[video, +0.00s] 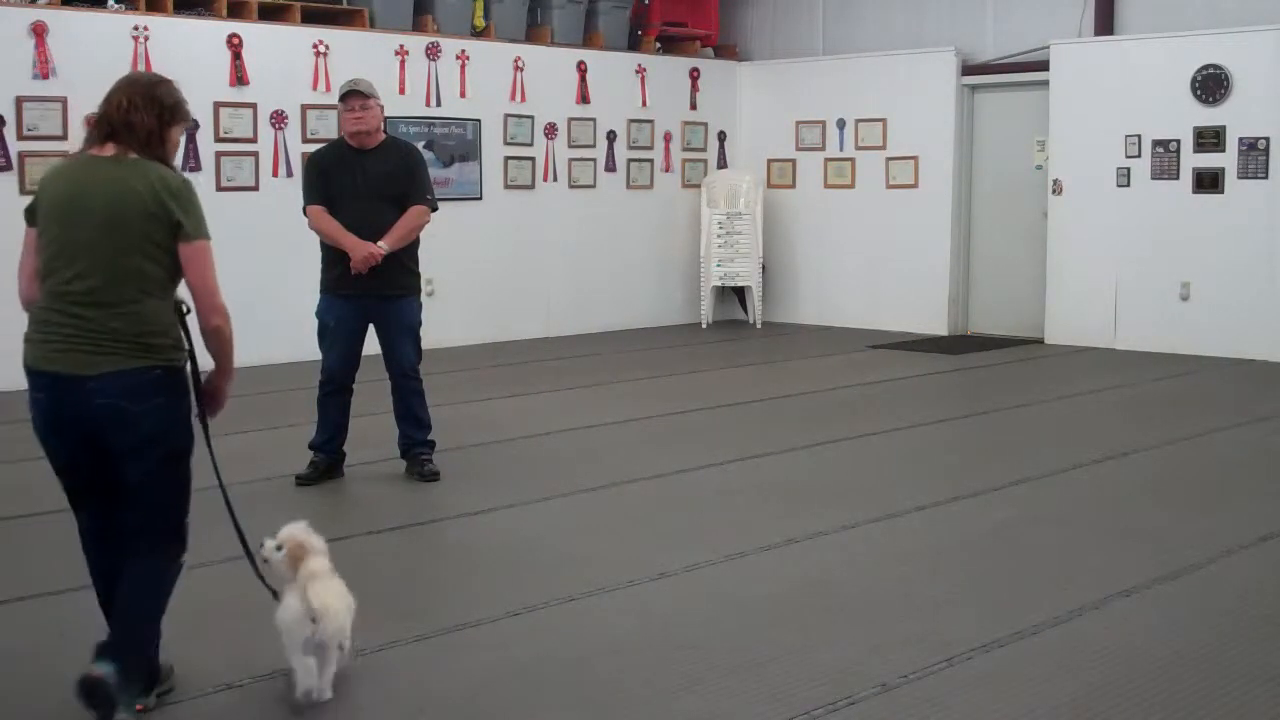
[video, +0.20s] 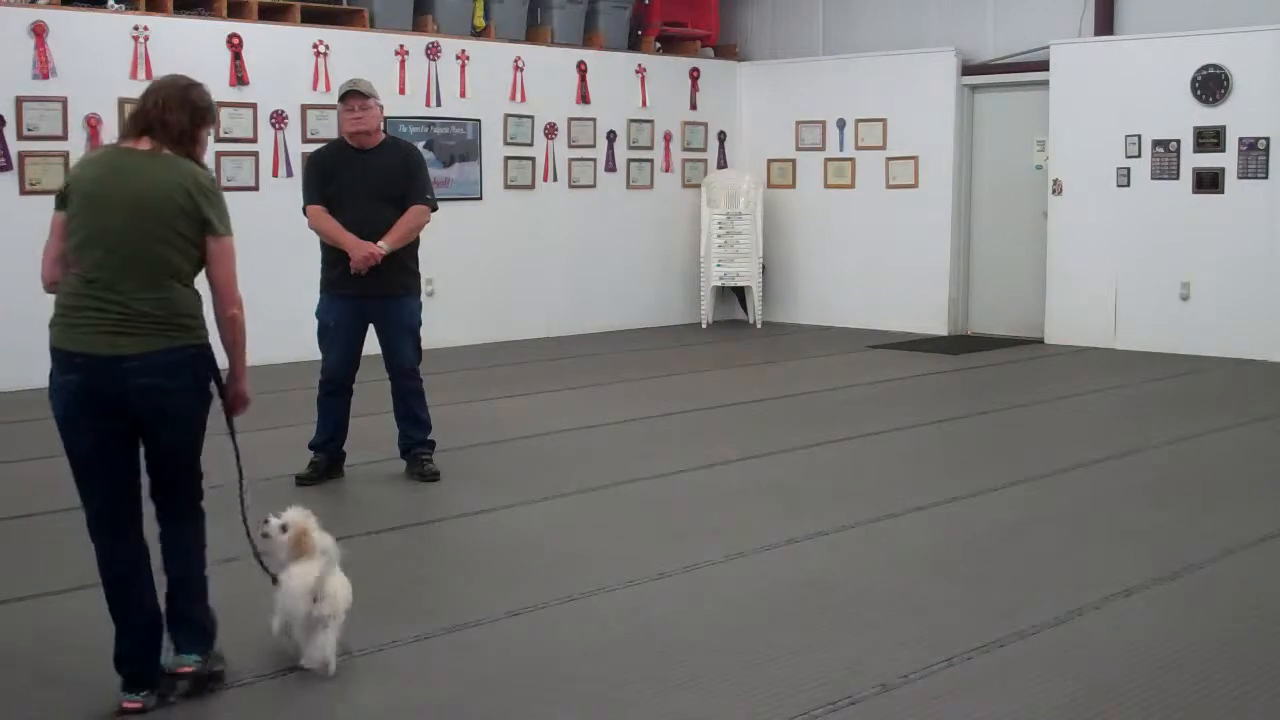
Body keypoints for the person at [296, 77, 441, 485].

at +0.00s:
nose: (357, 114)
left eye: (365, 107)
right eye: (350, 109)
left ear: (380, 111)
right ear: (339, 117)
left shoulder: (406, 155)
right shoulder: (321, 161)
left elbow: (421, 211)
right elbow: (315, 214)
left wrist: (378, 249)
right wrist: (354, 246)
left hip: (397, 287)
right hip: (342, 288)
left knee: (406, 373)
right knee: (335, 375)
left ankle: (419, 452)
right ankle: (327, 455)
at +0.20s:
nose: (357, 115)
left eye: (364, 108)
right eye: (349, 110)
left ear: (380, 112)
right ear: (339, 118)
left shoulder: (406, 154)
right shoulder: (321, 160)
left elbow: (421, 211)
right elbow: (315, 214)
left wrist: (379, 249)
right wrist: (354, 246)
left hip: (397, 287)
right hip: (342, 287)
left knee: (406, 371)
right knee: (334, 374)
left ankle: (418, 451)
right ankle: (327, 454)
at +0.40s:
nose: (357, 116)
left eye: (364, 108)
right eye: (349, 110)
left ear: (380, 112)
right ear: (338, 118)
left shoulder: (406, 154)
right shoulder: (320, 160)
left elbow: (421, 211)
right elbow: (315, 215)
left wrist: (379, 249)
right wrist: (354, 246)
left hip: (397, 287)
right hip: (342, 288)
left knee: (406, 372)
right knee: (334, 375)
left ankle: (419, 450)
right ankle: (327, 455)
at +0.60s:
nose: (356, 116)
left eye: (364, 108)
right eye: (349, 110)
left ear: (380, 112)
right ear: (338, 118)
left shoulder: (406, 155)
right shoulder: (321, 161)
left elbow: (421, 211)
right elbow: (315, 214)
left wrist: (379, 249)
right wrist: (354, 246)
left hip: (397, 288)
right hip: (342, 289)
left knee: (406, 373)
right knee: (335, 376)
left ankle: (419, 450)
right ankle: (327, 455)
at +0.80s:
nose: (357, 116)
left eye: (364, 108)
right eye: (349, 110)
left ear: (380, 113)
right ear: (339, 118)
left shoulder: (406, 155)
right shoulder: (321, 161)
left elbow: (421, 212)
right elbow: (316, 215)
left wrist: (378, 250)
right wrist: (354, 246)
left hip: (397, 288)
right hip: (342, 289)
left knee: (406, 372)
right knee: (335, 377)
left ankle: (419, 451)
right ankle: (328, 455)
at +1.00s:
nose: (357, 117)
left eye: (364, 109)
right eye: (350, 111)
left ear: (381, 113)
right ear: (339, 118)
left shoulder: (406, 155)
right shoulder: (321, 161)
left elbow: (421, 212)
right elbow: (316, 215)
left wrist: (378, 250)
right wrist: (355, 246)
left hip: (397, 289)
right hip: (342, 290)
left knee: (407, 373)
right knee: (335, 378)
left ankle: (418, 451)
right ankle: (327, 461)